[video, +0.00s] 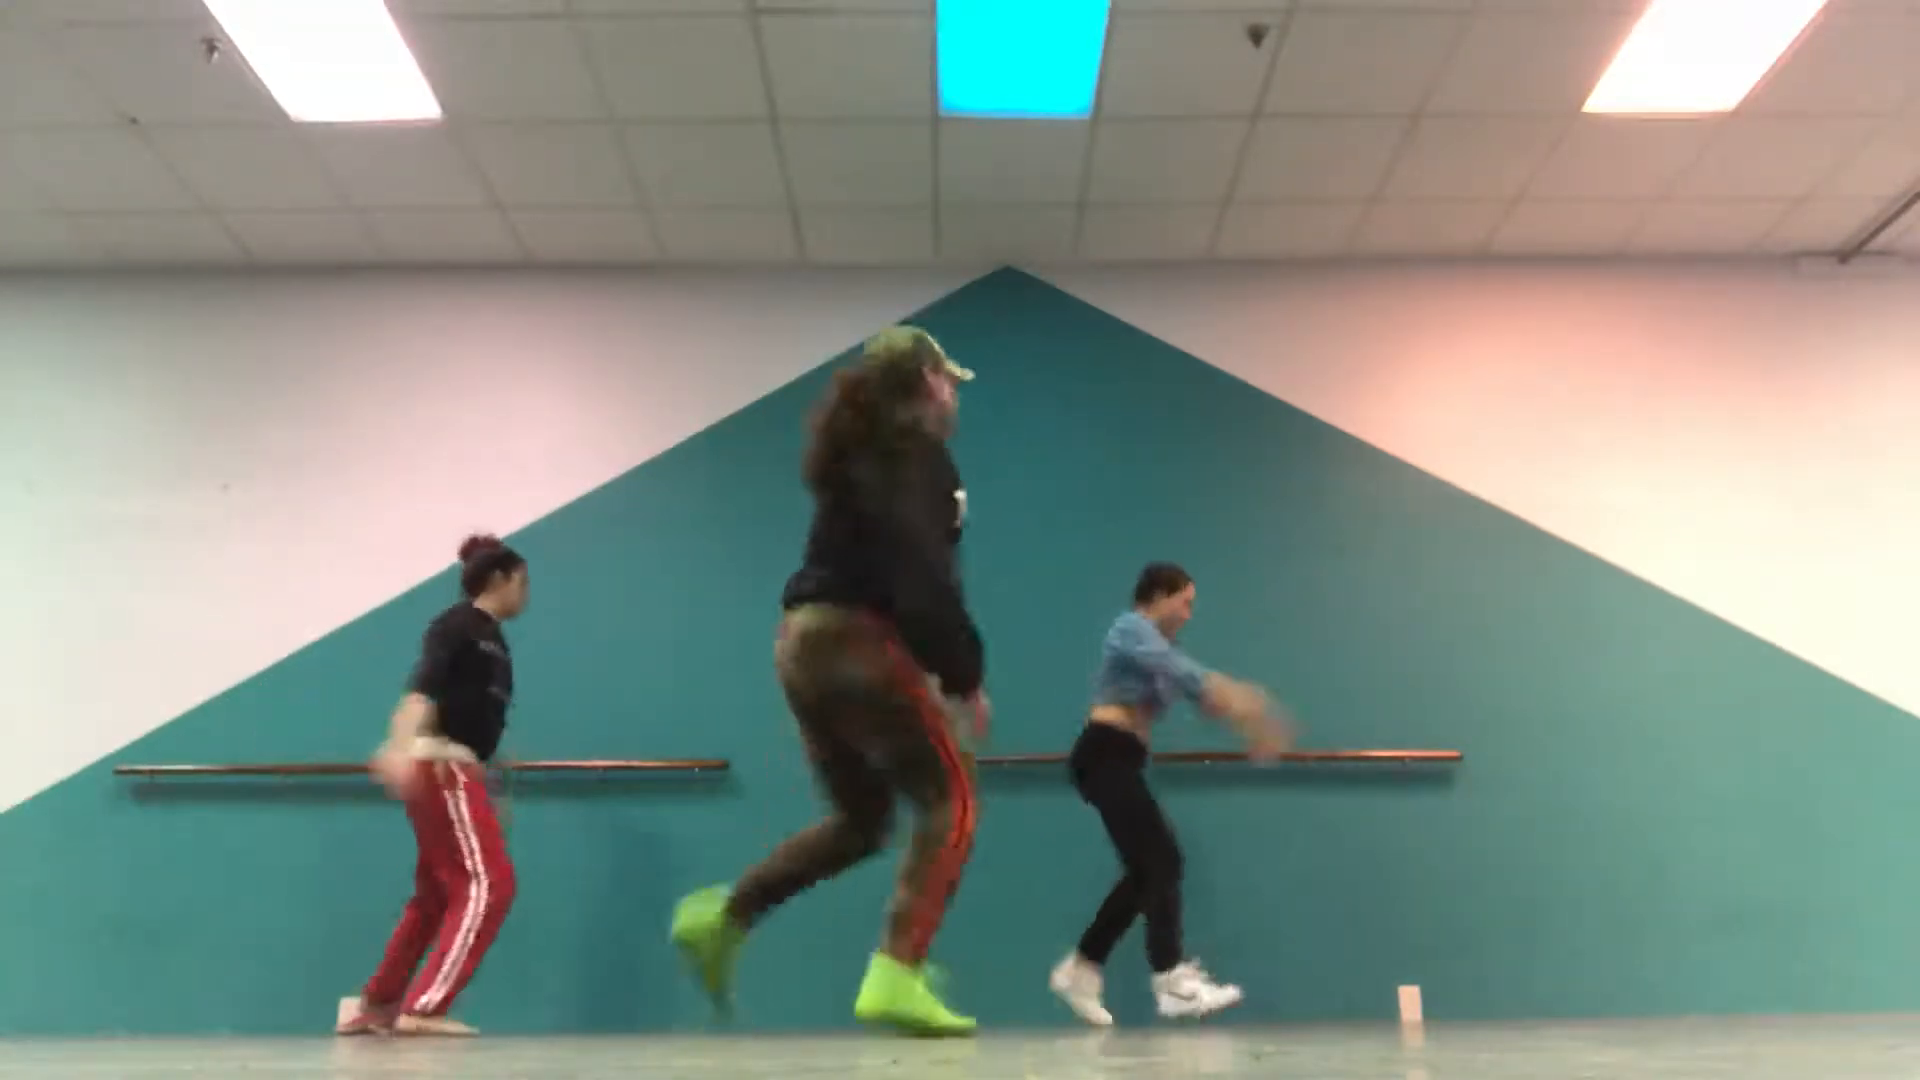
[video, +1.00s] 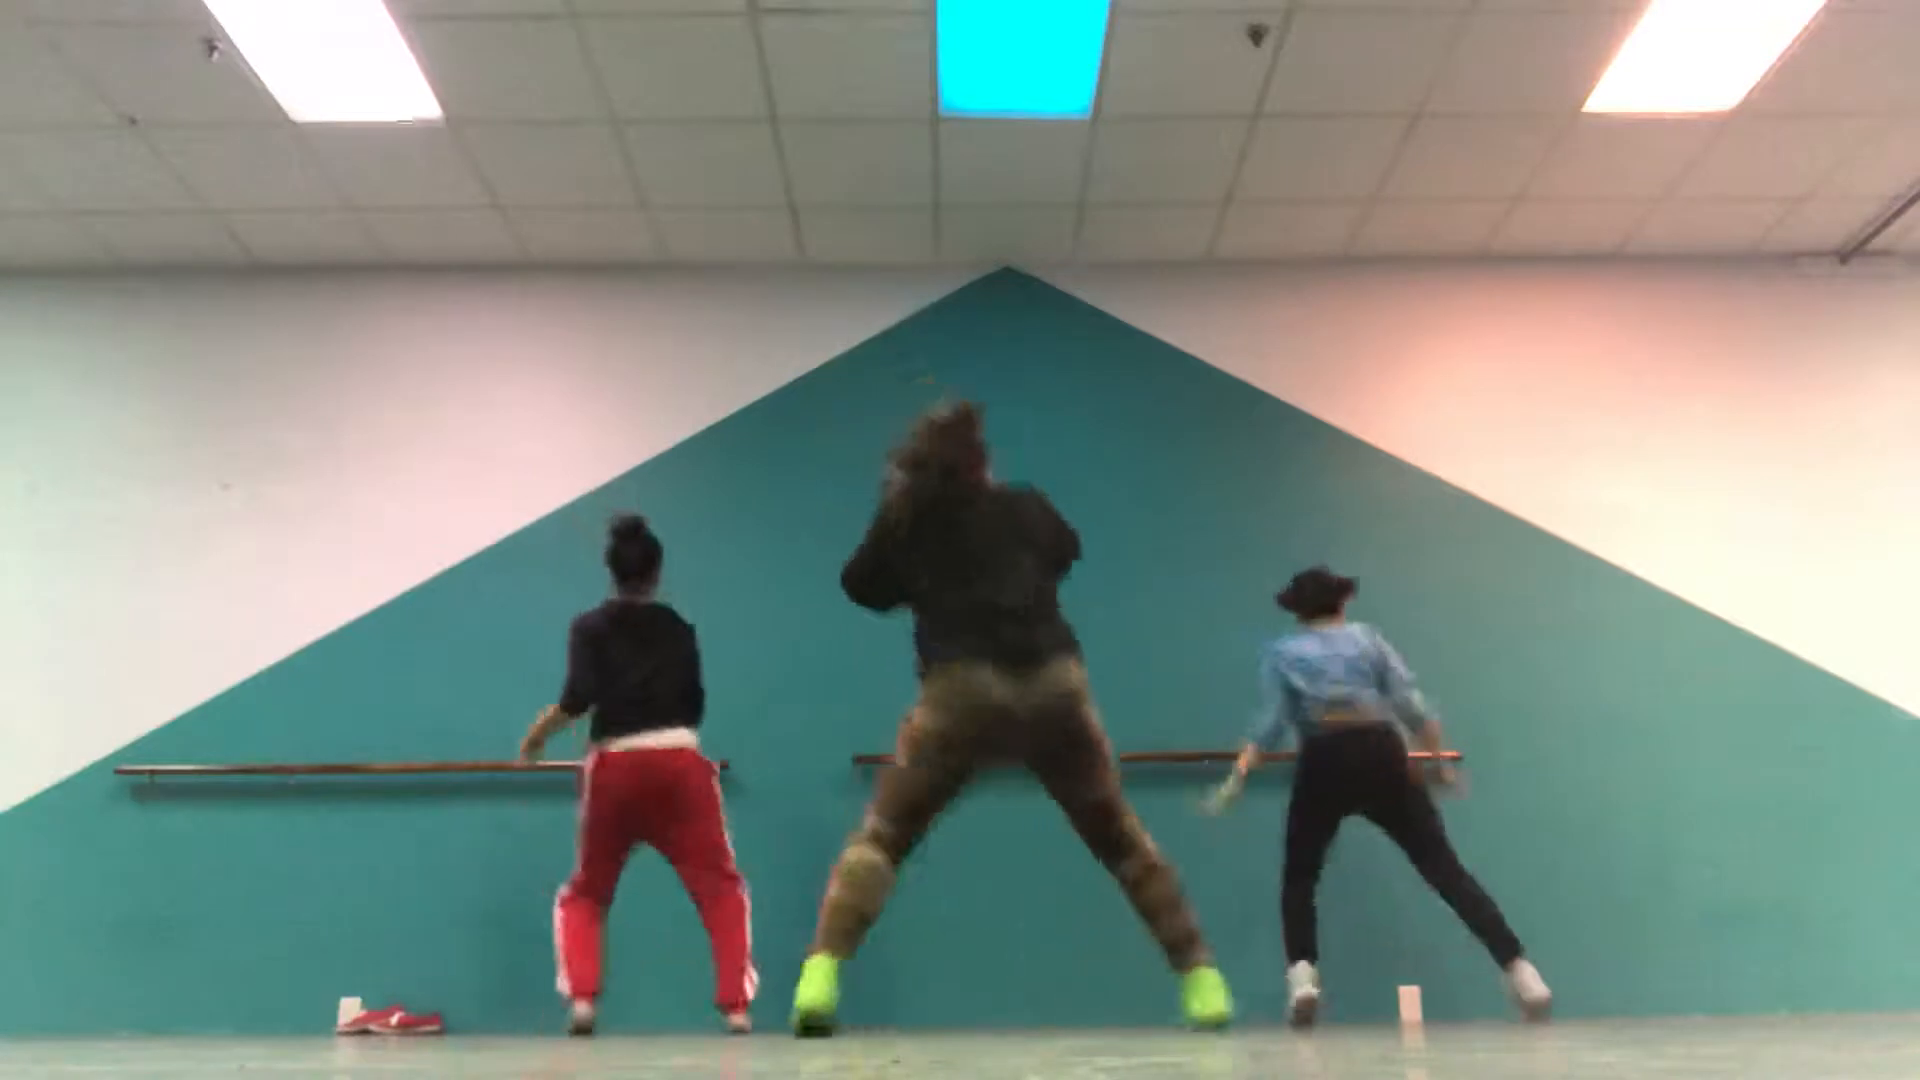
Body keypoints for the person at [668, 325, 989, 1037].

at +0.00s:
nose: (957, 395)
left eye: (952, 382)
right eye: (948, 383)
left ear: (894, 388)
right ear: (925, 386)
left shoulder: (859, 445)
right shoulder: (912, 452)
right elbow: (921, 579)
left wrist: (948, 674)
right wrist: (967, 679)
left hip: (802, 631)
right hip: (853, 632)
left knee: (861, 820)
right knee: (950, 802)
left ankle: (725, 918)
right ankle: (898, 973)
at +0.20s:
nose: (926, 370)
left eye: (917, 362)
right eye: (922, 361)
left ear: (849, 370)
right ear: (912, 362)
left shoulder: (835, 438)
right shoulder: (938, 422)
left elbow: (897, 537)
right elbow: (991, 529)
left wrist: (1010, 550)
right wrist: (983, 608)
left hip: (798, 618)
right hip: (868, 613)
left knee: (894, 768)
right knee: (934, 796)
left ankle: (784, 812)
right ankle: (893, 980)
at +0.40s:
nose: (922, 348)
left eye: (912, 336)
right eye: (915, 338)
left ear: (839, 356)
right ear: (906, 351)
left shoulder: (820, 421)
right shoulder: (935, 413)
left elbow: (840, 491)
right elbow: (976, 502)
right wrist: (1001, 463)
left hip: (795, 585)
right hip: (876, 585)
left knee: (872, 765)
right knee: (849, 771)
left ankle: (896, 949)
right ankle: (766, 947)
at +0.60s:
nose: (857, 399)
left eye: (848, 387)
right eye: (882, 380)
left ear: (837, 391)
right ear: (899, 384)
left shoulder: (819, 458)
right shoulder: (944, 437)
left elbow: (819, 533)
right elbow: (996, 520)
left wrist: (881, 519)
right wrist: (926, 524)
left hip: (819, 620)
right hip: (905, 620)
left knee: (878, 794)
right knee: (873, 795)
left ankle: (917, 977)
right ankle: (769, 948)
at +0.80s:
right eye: (915, 407)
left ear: (866, 417)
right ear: (928, 410)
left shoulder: (856, 469)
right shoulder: (975, 450)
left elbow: (822, 556)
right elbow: (1033, 511)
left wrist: (884, 548)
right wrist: (973, 535)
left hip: (892, 649)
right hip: (985, 643)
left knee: (884, 820)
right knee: (1042, 802)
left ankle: (874, 979)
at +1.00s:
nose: (979, 467)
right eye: (977, 457)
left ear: (924, 465)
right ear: (981, 460)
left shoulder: (911, 519)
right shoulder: (1022, 506)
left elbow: (866, 587)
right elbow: (1064, 548)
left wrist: (898, 510)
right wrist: (1010, 564)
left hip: (959, 698)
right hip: (1055, 693)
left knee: (885, 834)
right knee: (1118, 835)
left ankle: (823, 968)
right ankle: (1198, 974)